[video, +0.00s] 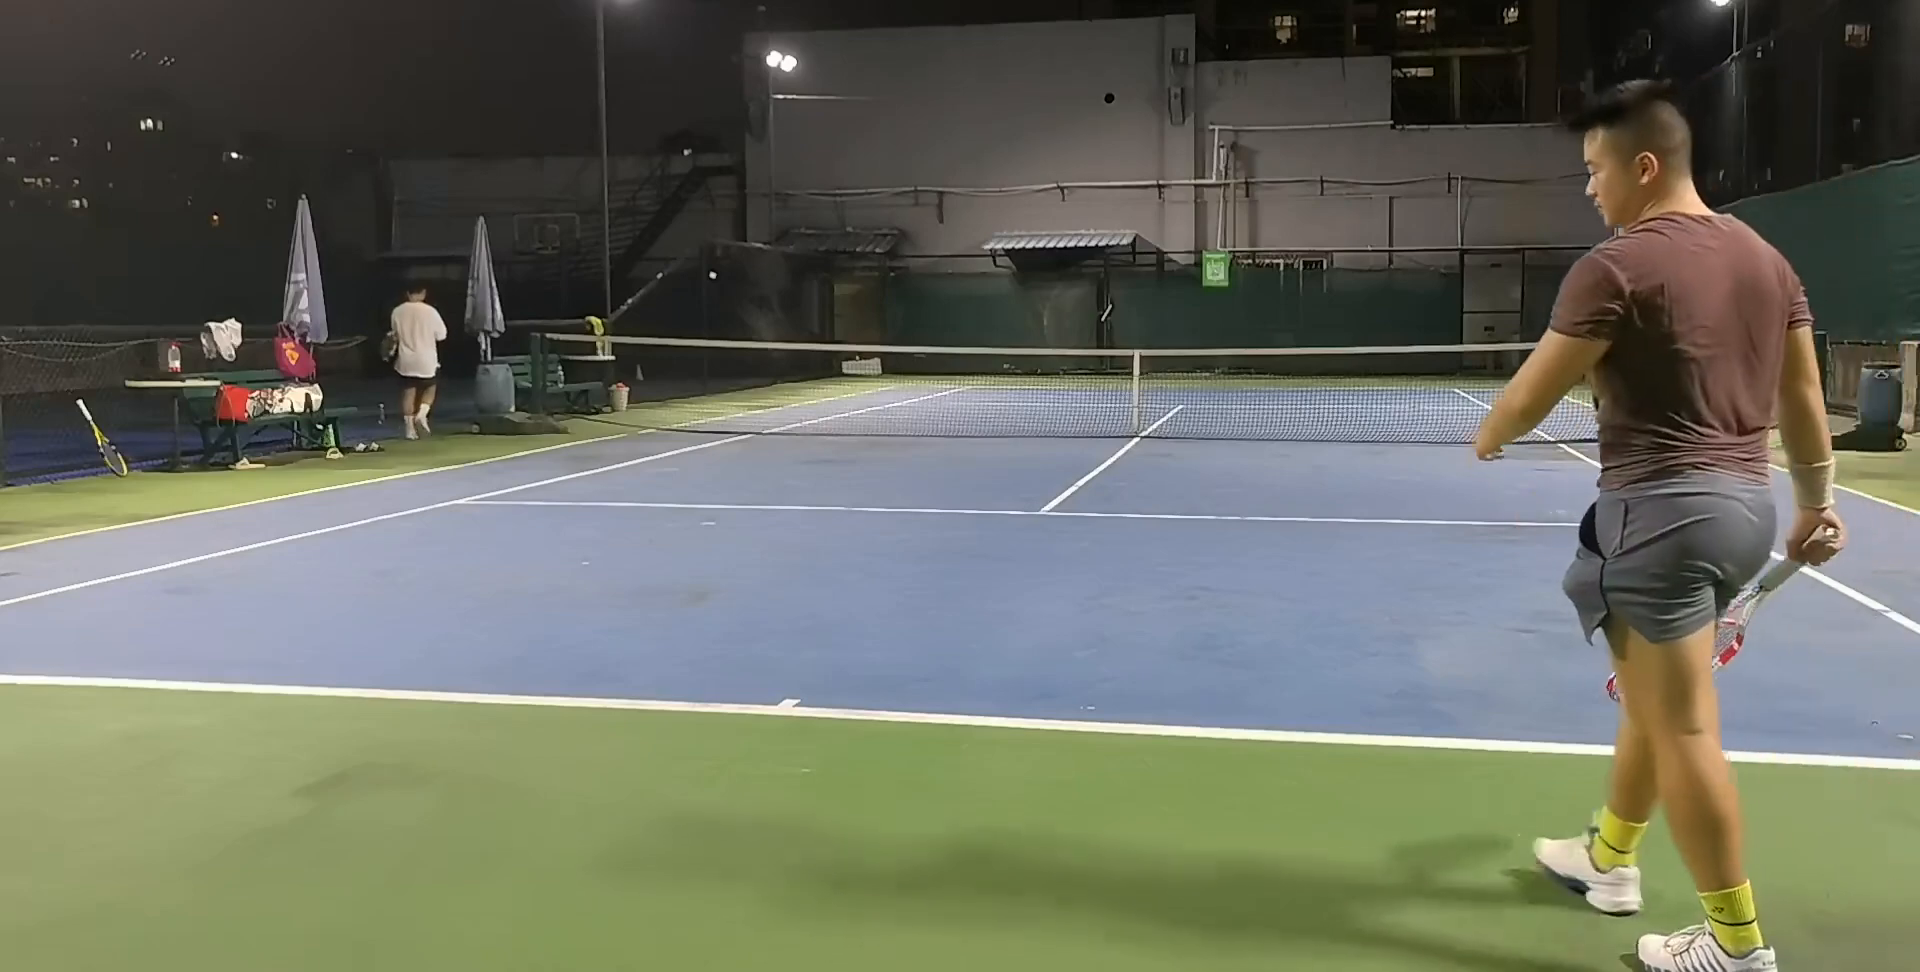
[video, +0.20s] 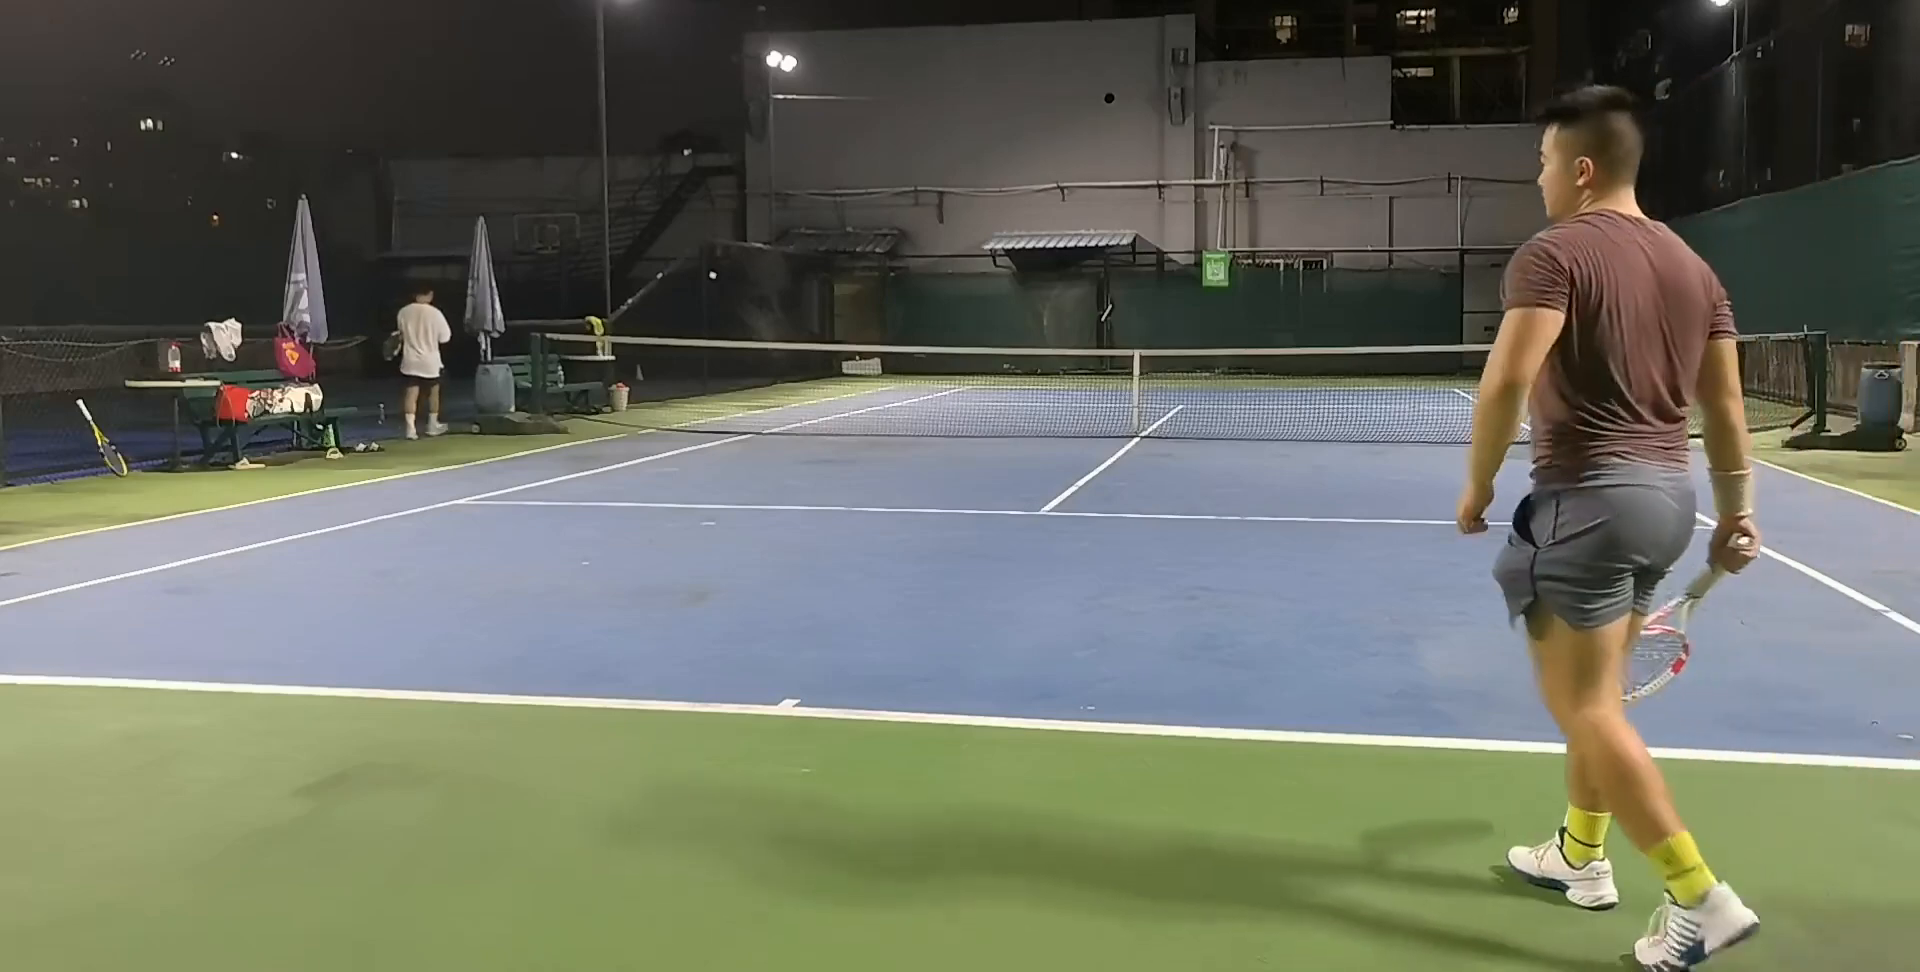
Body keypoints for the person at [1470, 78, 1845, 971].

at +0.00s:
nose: (1589, 190)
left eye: (1594, 172)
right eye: (1587, 174)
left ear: (1645, 165)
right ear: (1676, 164)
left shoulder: (1615, 267)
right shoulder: (1767, 261)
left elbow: (1532, 393)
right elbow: (1804, 406)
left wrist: (1488, 436)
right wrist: (1816, 503)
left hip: (1657, 507)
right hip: (1752, 502)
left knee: (1684, 729)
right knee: (1645, 683)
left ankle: (1738, 941)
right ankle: (1609, 860)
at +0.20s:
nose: (1540, 178)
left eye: (1546, 163)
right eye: (1542, 162)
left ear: (1582, 168)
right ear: (1626, 169)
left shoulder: (1555, 250)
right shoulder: (1694, 268)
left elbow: (1506, 380)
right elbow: (1725, 411)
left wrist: (1479, 482)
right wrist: (1735, 513)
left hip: (1590, 497)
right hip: (1672, 496)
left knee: (1587, 708)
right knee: (1595, 682)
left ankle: (1703, 898)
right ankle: (1581, 856)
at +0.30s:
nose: (1516, 180)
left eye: (1520, 165)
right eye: (1518, 166)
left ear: (1550, 169)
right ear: (1606, 170)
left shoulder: (1533, 244)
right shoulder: (1659, 268)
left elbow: (1500, 360)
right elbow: (1680, 408)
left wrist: (1478, 478)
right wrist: (1681, 508)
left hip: (1551, 491)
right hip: (1641, 490)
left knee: (1503, 681)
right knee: (1583, 669)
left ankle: (1643, 842)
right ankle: (1580, 851)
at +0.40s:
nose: (1489, 175)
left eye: (1492, 161)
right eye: (1491, 161)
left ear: (1513, 166)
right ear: (1570, 167)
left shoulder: (1511, 242)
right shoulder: (1619, 262)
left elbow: (1494, 351)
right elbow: (1633, 399)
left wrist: (1470, 466)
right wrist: (1629, 491)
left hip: (1529, 482)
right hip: (1605, 479)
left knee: (1443, 655)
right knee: (1570, 666)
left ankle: (1556, 825)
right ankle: (1588, 859)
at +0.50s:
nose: (1457, 176)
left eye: (1460, 163)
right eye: (1461, 162)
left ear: (1477, 169)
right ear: (1537, 169)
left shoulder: (1487, 246)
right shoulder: (1577, 258)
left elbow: (1480, 356)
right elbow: (1590, 384)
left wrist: (1451, 465)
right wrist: (1544, 450)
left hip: (1504, 478)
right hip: (1579, 477)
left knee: (1412, 644)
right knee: (1561, 667)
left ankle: (1448, 844)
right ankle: (1581, 854)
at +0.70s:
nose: (1379, 191)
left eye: (1380, 179)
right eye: (1383, 179)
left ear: (1393, 185)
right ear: (1461, 183)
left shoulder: (1410, 267)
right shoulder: (1497, 268)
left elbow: (1422, 376)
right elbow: (1494, 394)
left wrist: (1379, 478)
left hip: (1432, 483)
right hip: (1506, 480)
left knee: (1364, 664)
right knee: (1524, 667)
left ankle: (1315, 826)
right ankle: (1576, 846)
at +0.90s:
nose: (1298, 180)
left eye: (1301, 168)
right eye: (1302, 167)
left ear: (1317, 176)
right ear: (1374, 175)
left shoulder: (1329, 264)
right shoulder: (1421, 258)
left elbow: (1337, 376)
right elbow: (1436, 374)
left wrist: (1297, 469)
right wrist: (1381, 440)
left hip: (1349, 472)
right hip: (1420, 472)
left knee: (1310, 646)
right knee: (1401, 634)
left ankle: (1310, 821)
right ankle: (1511, 780)